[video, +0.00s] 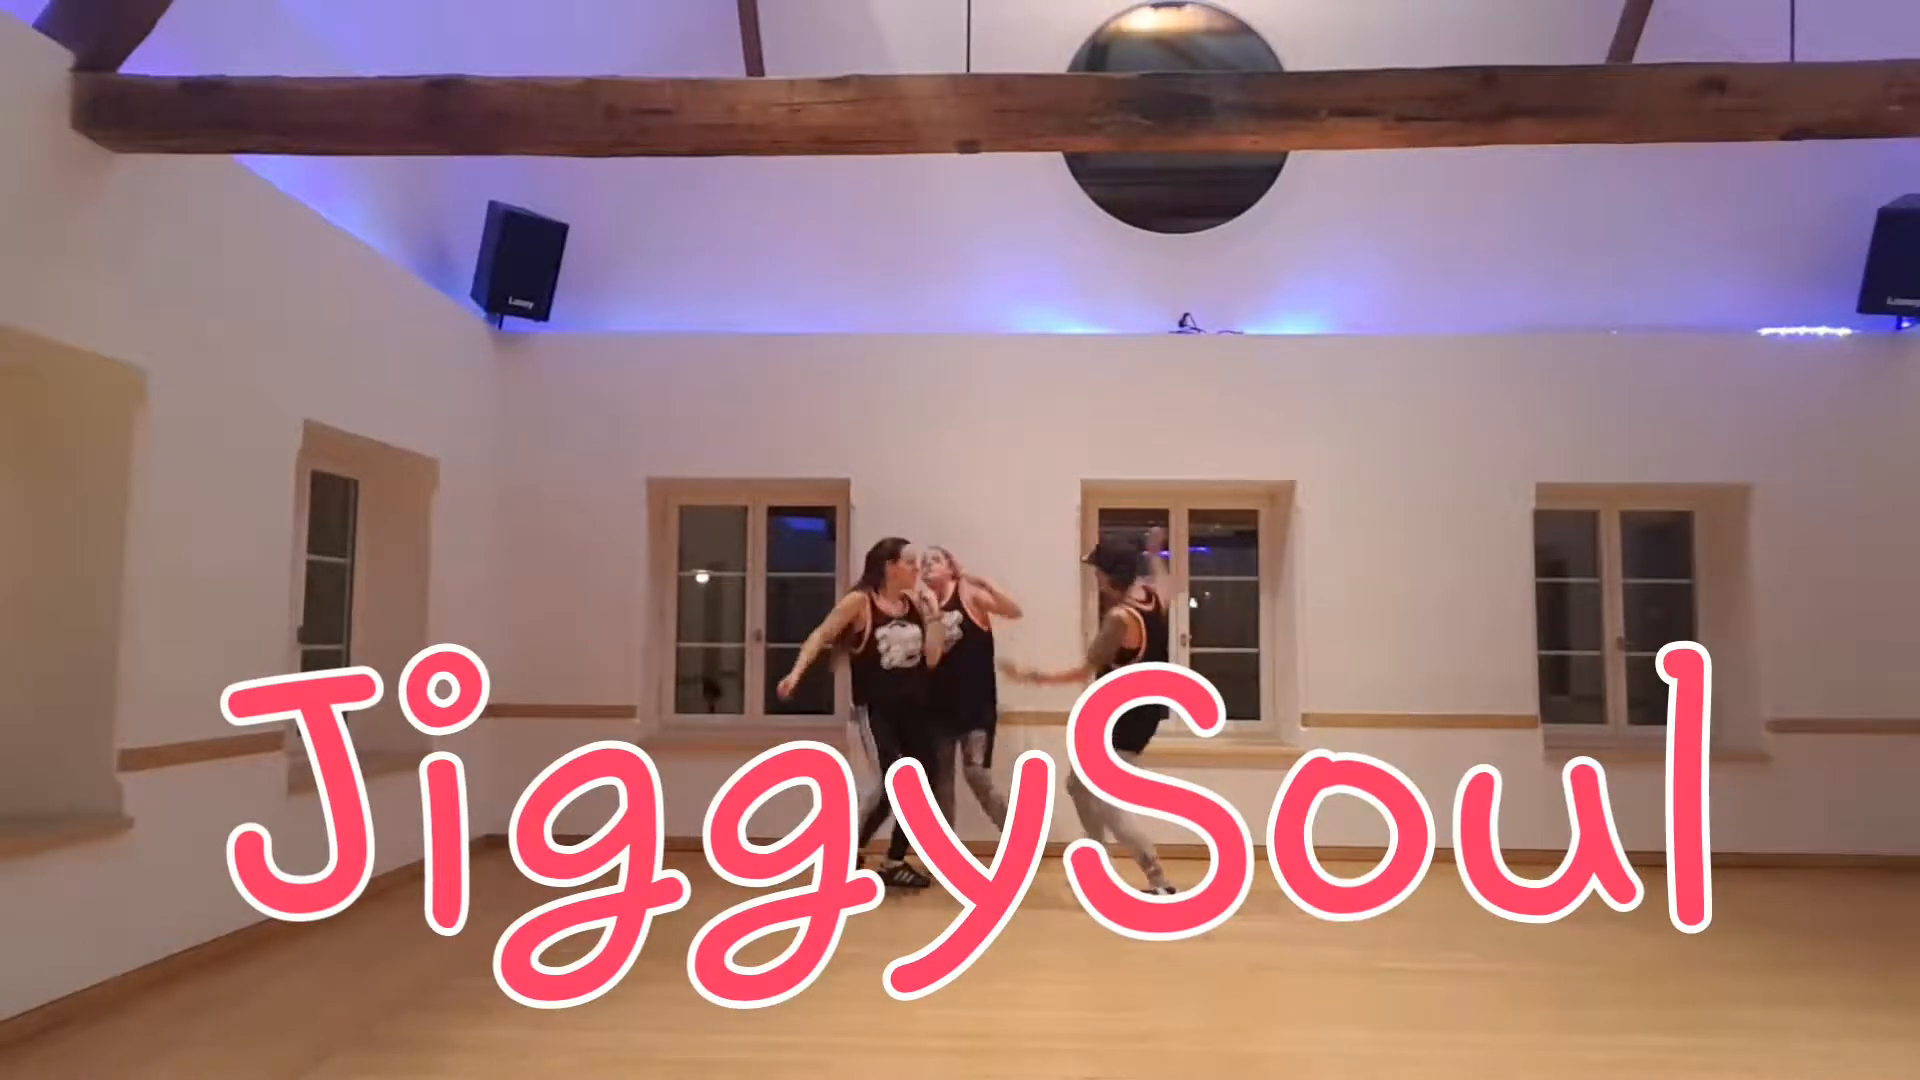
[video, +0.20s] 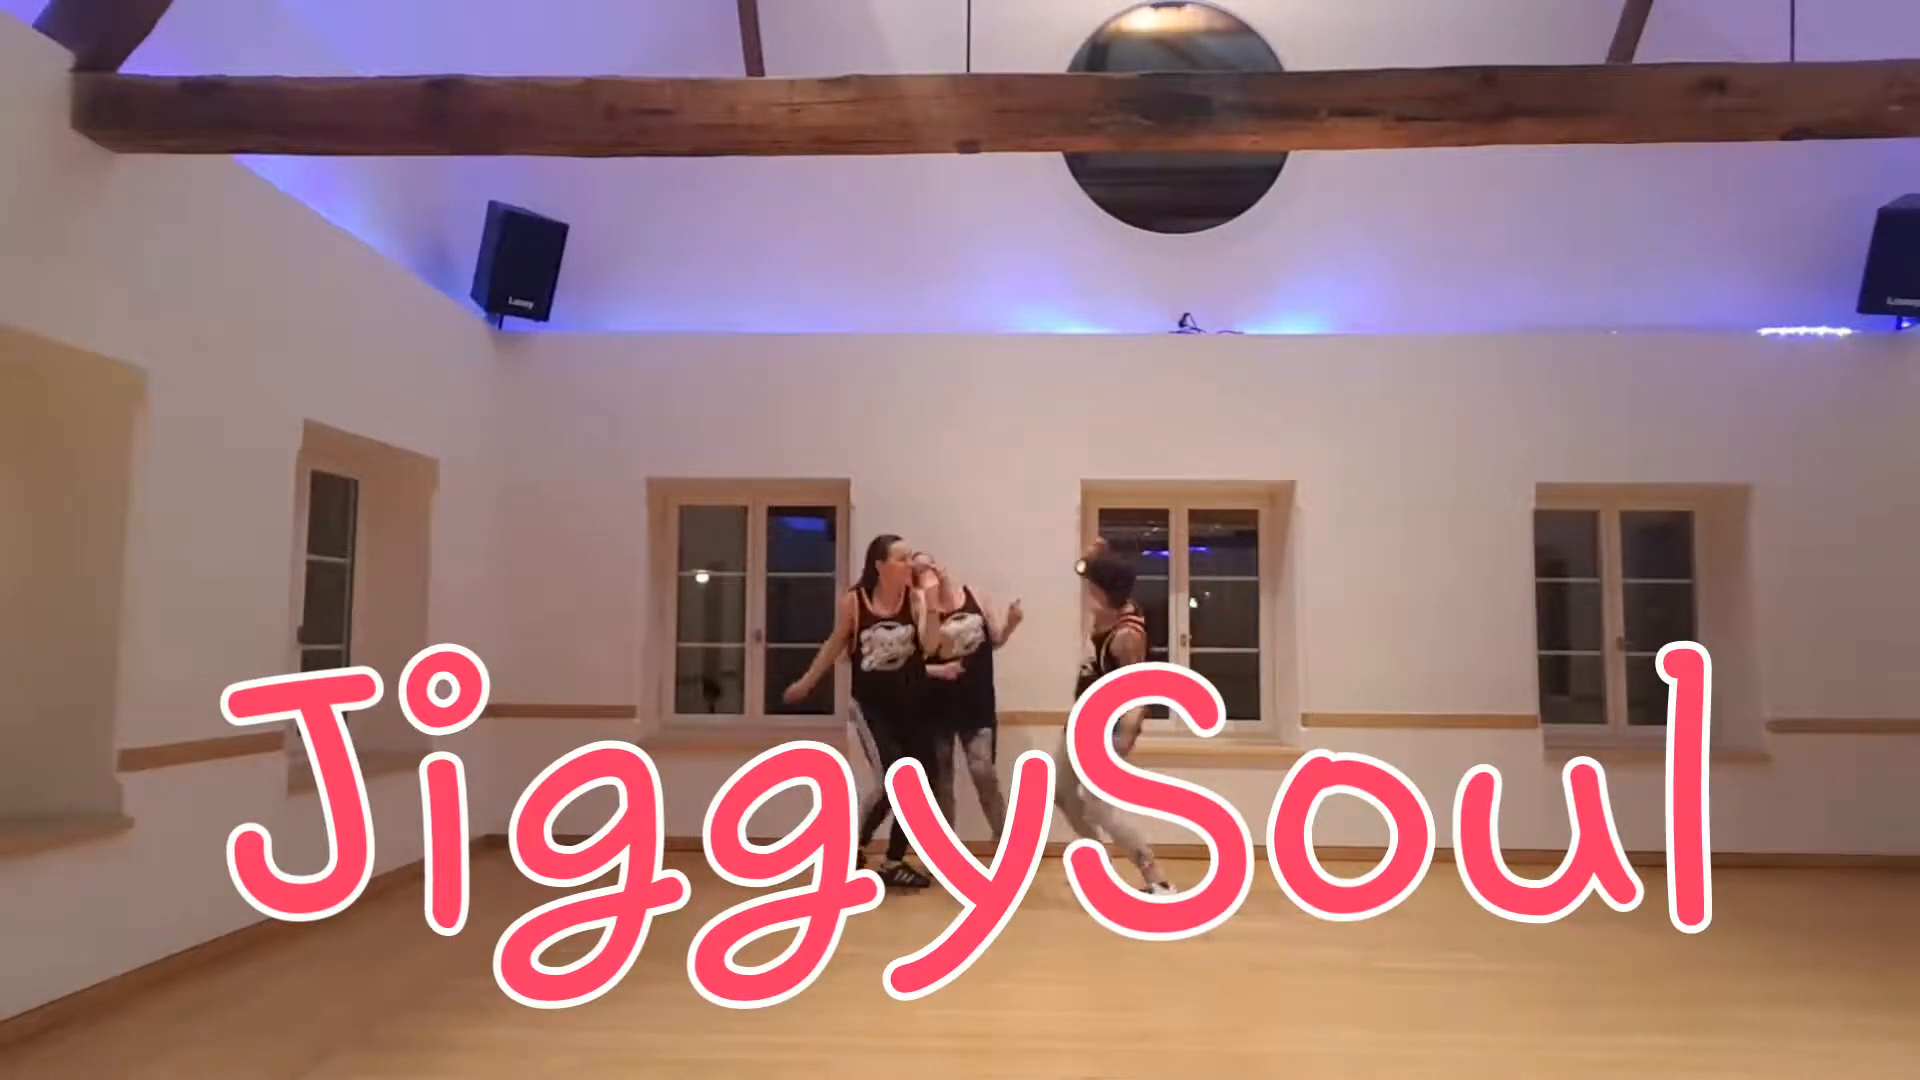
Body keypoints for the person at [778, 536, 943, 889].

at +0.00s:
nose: (916, 569)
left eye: (916, 563)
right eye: (909, 562)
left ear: (897, 569)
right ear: (887, 567)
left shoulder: (913, 604)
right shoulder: (859, 602)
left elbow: (932, 658)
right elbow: (821, 636)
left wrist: (932, 612)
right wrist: (796, 673)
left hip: (912, 704)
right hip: (875, 707)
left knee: (918, 781)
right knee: (891, 782)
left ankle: (895, 862)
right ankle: (850, 852)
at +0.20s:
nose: (910, 564)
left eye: (910, 558)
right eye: (903, 559)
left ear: (905, 565)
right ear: (881, 566)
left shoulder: (914, 598)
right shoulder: (854, 601)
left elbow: (930, 646)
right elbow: (834, 645)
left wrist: (931, 601)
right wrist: (806, 683)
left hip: (908, 701)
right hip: (869, 703)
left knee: (915, 779)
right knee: (890, 779)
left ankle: (895, 861)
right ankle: (854, 847)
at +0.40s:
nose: (898, 558)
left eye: (897, 551)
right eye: (890, 552)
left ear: (898, 556)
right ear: (867, 559)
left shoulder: (912, 582)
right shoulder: (850, 596)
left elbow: (941, 616)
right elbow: (833, 629)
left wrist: (937, 620)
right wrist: (809, 654)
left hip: (910, 693)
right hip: (870, 695)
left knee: (909, 777)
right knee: (856, 775)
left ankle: (891, 861)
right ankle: (836, 857)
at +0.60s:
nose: (890, 572)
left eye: (889, 565)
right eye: (882, 568)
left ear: (887, 571)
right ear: (860, 577)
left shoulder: (908, 603)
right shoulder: (841, 615)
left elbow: (940, 640)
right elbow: (811, 649)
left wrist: (969, 674)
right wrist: (776, 676)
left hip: (901, 713)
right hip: (857, 714)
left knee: (917, 794)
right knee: (848, 791)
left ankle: (900, 861)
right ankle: (834, 874)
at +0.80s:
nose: (892, 565)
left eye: (890, 559)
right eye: (883, 561)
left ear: (888, 567)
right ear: (860, 570)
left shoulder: (907, 599)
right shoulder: (838, 615)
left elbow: (933, 645)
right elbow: (798, 651)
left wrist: (938, 696)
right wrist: (754, 682)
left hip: (897, 710)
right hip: (855, 711)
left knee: (914, 793)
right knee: (844, 792)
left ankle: (892, 864)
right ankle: (832, 876)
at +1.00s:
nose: (903, 560)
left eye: (902, 555)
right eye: (898, 555)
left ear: (885, 563)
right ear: (876, 563)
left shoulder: (896, 593)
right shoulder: (849, 606)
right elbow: (810, 622)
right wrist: (771, 639)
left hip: (898, 703)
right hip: (860, 706)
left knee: (906, 782)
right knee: (855, 789)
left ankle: (892, 862)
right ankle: (837, 875)